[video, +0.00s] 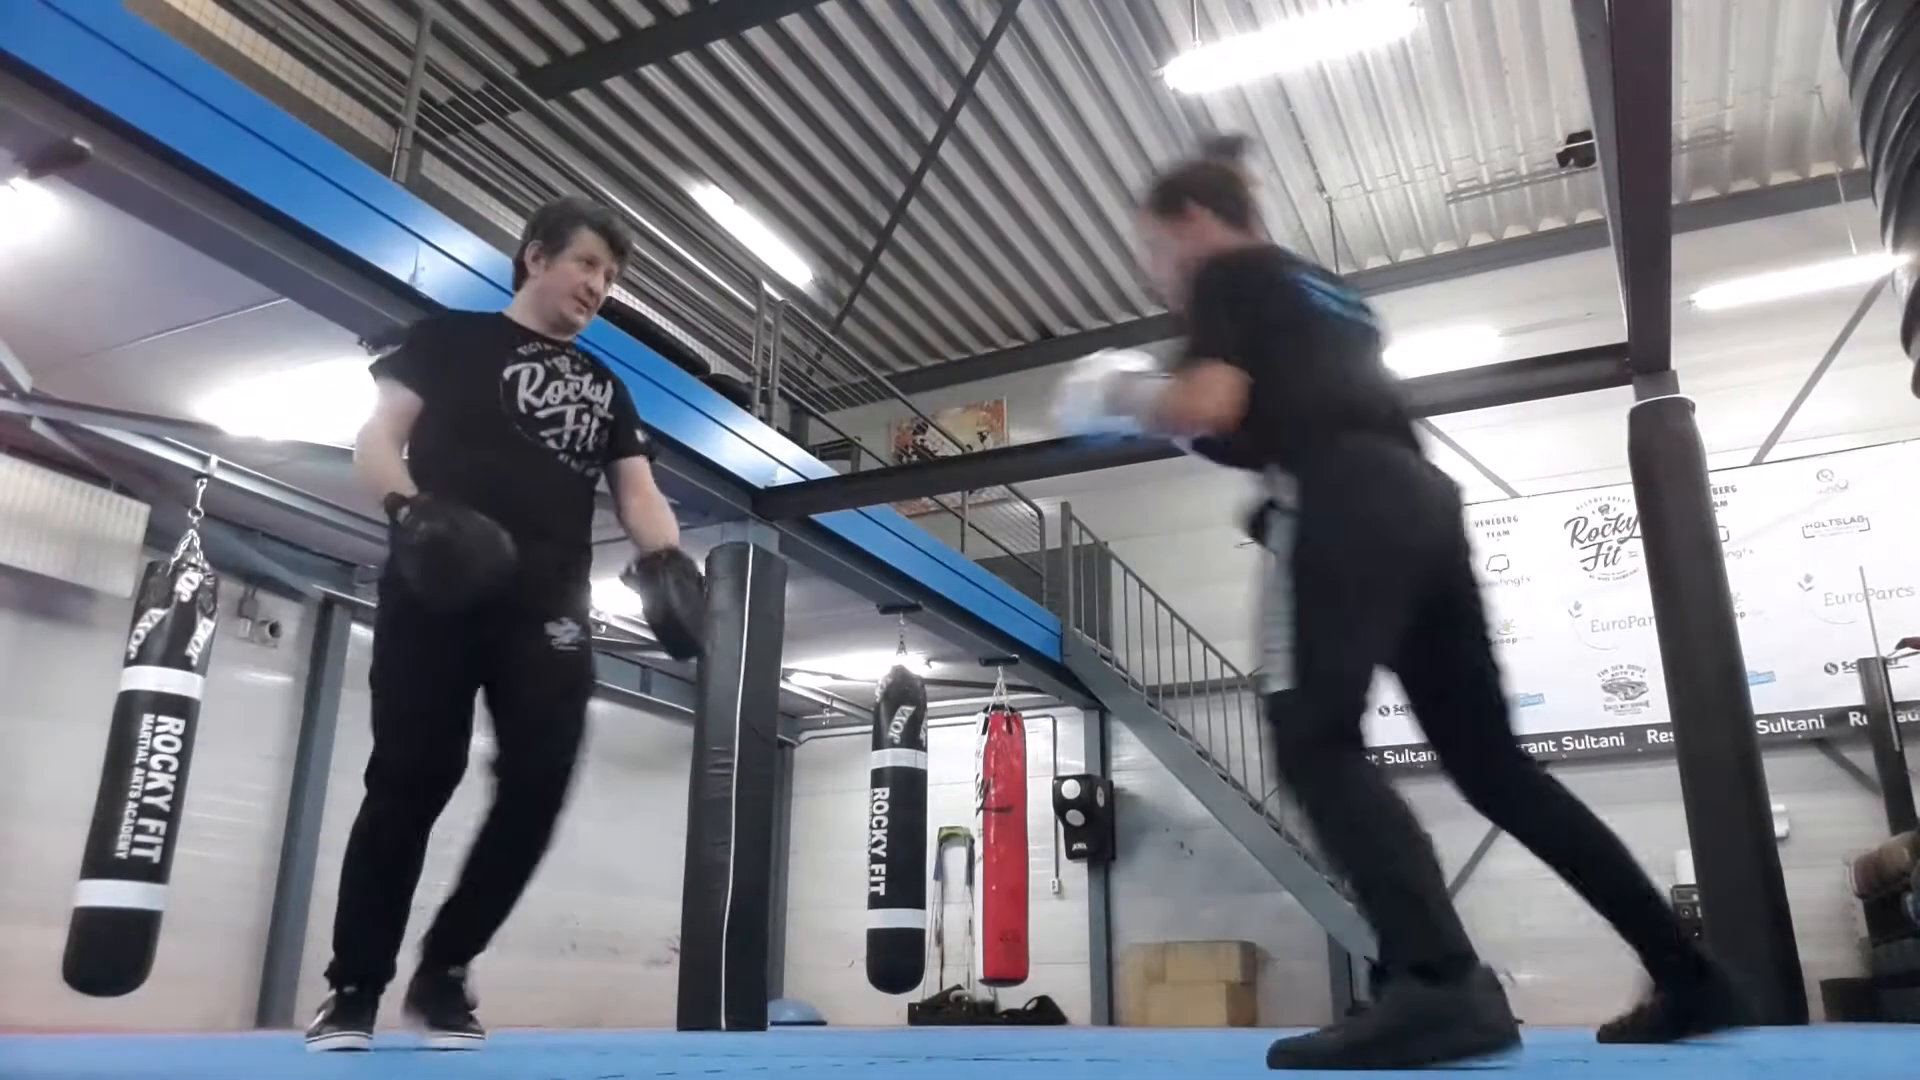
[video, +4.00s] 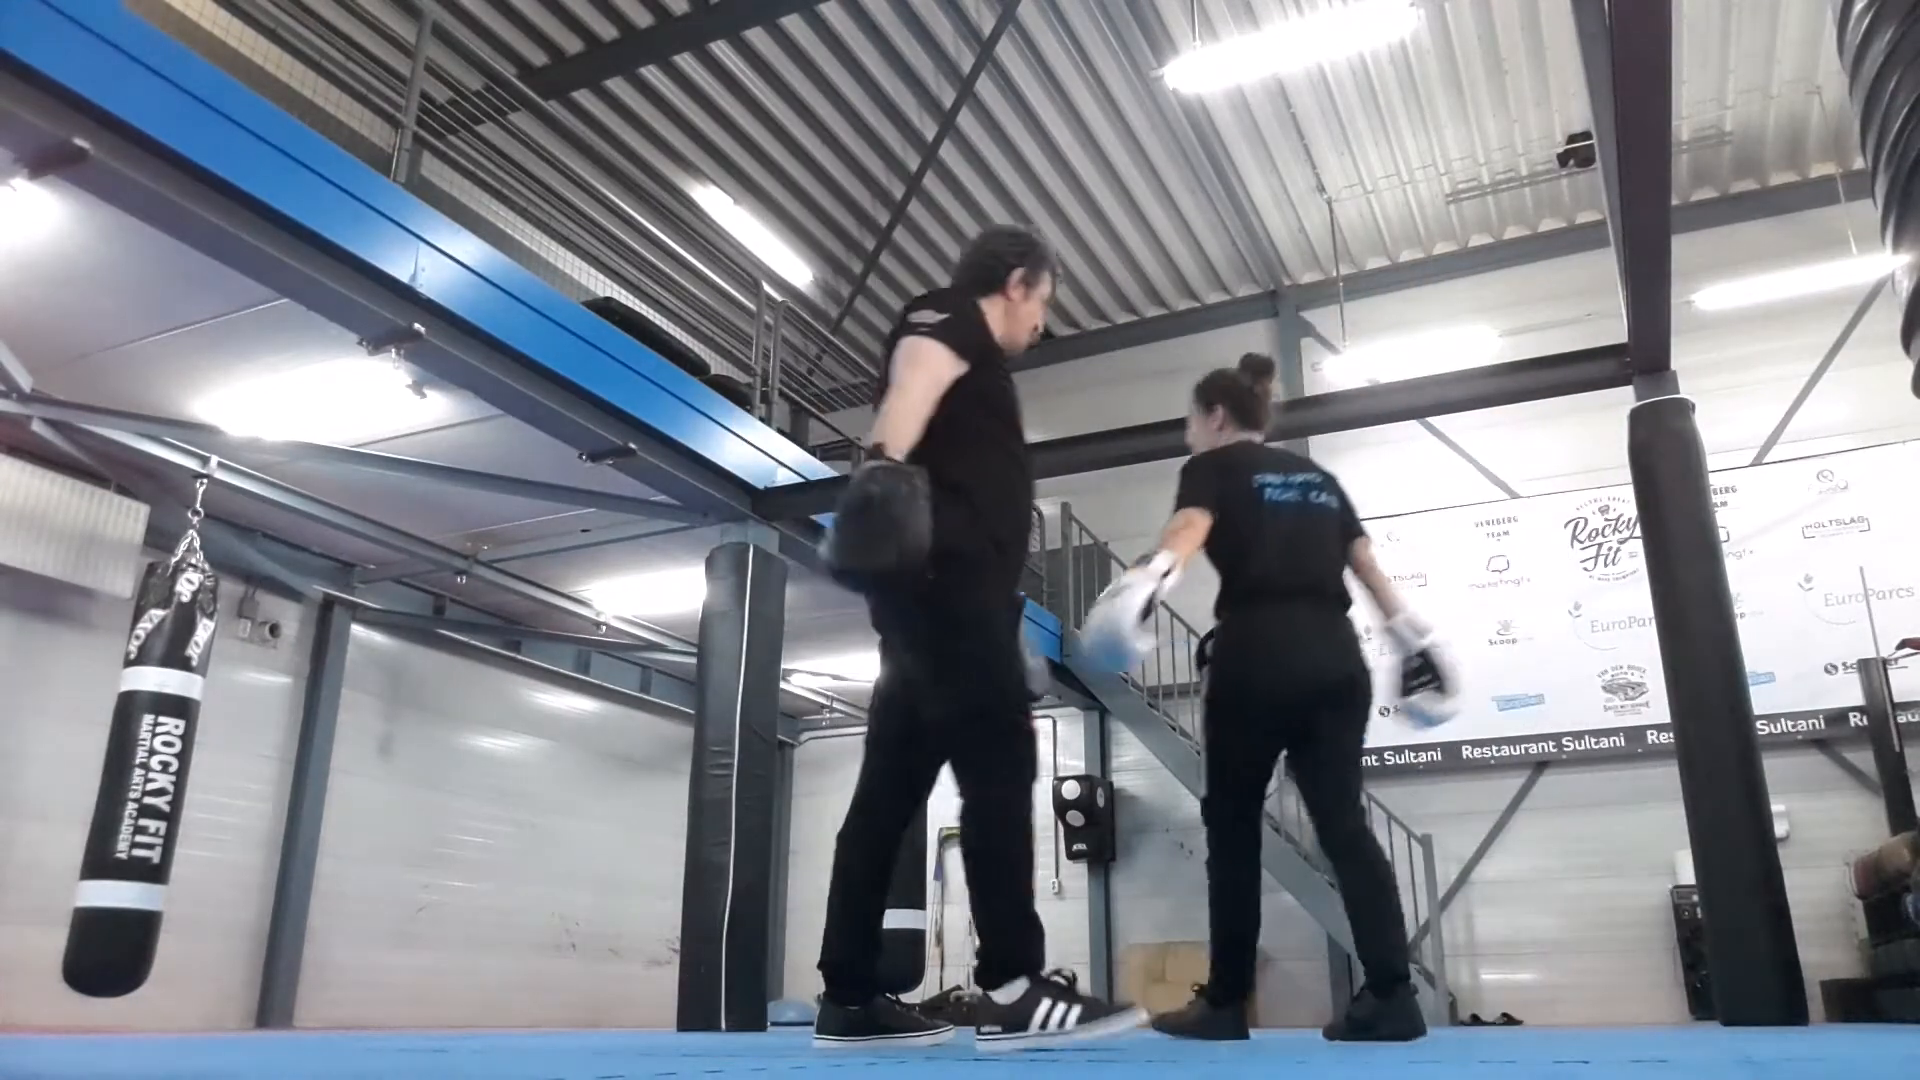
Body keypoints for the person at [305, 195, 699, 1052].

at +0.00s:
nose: (596, 285)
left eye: (607, 276)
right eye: (583, 264)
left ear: (609, 291)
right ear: (535, 259)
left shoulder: (605, 391)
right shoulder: (449, 336)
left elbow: (640, 497)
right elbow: (375, 445)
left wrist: (667, 564)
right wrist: (412, 508)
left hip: (546, 611)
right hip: (436, 590)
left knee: (537, 787)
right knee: (411, 777)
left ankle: (441, 976)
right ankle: (354, 988)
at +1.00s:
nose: (850, 291)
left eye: (851, 280)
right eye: (843, 274)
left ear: (802, 272)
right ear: (802, 265)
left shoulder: (792, 355)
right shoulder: (755, 317)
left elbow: (793, 503)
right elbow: (713, 402)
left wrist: (830, 611)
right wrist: (772, 494)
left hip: (767, 588)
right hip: (733, 578)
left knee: (759, 780)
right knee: (749, 778)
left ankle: (752, 989)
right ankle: (716, 992)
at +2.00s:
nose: (882, 246)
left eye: (882, 230)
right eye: (876, 228)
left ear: (832, 230)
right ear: (841, 226)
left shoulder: (828, 338)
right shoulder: (770, 293)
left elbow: (818, 475)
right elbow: (689, 368)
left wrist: (852, 592)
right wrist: (608, 443)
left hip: (820, 586)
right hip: (759, 571)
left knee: (840, 762)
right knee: (736, 763)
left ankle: (793, 982)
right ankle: (701, 992)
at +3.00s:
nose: (932, 281)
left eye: (924, 269)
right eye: (923, 267)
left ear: (843, 288)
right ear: (911, 271)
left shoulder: (808, 378)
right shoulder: (912, 311)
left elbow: (794, 516)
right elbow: (1006, 248)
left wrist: (782, 612)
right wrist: (965, 183)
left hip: (842, 579)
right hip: (896, 573)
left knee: (858, 788)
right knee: (829, 775)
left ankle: (853, 995)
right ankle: (723, 970)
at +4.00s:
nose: (1043, 322)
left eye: (1047, 309)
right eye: (1044, 304)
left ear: (1001, 285)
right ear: (1013, 284)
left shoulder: (975, 351)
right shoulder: (948, 319)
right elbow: (908, 400)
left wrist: (992, 583)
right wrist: (881, 481)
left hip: (942, 597)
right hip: (952, 594)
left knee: (887, 793)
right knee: (1001, 778)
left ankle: (851, 994)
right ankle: (1012, 981)